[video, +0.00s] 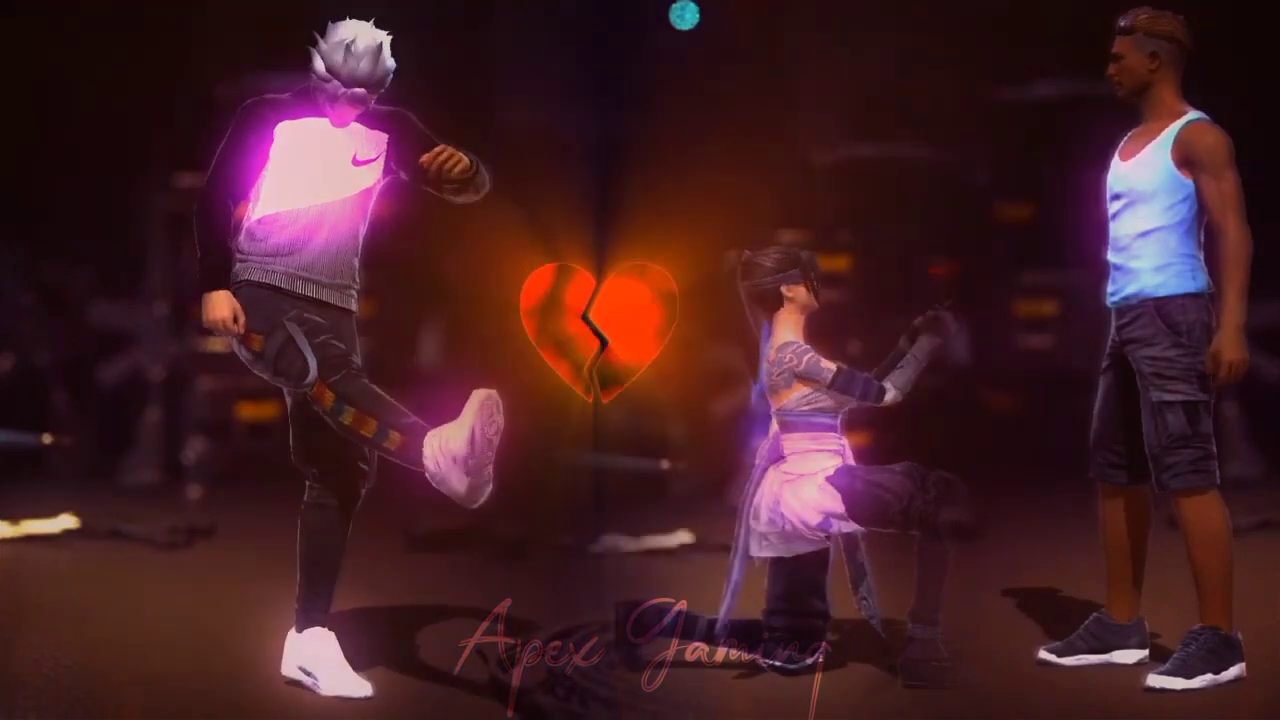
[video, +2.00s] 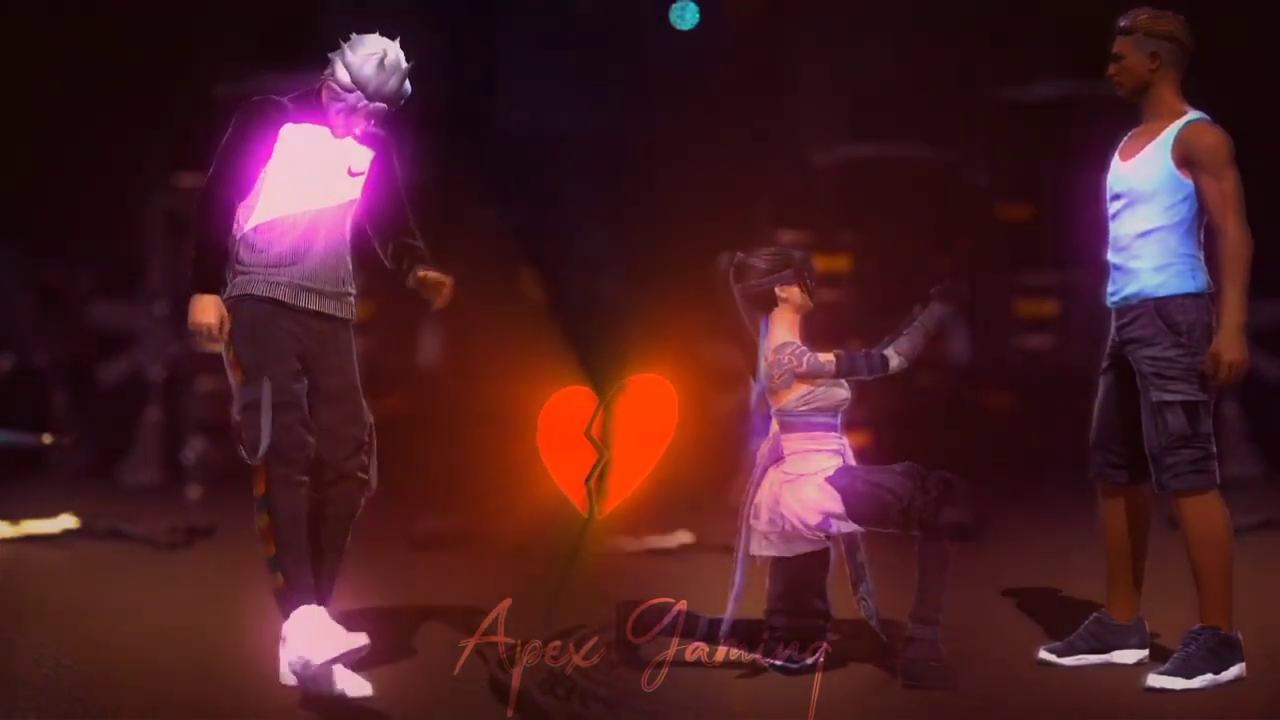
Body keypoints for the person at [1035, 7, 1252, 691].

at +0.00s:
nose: (1110, 68)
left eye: (1120, 58)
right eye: (1111, 58)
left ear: (1157, 62)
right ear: (1140, 65)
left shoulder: (1198, 135)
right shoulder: (1132, 141)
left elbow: (1233, 232)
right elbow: (1136, 240)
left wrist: (1231, 328)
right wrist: (1119, 320)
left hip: (1172, 320)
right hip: (1125, 322)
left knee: (1190, 476)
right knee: (1116, 470)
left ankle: (1216, 636)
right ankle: (1121, 623)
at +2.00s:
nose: (1111, 68)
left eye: (1120, 58)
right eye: (1111, 58)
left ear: (1158, 62)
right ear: (1140, 65)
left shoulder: (1199, 135)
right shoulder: (1131, 141)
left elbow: (1233, 233)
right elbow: (1135, 241)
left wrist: (1231, 328)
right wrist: (1119, 320)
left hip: (1172, 320)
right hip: (1125, 323)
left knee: (1189, 477)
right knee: (1115, 471)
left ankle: (1216, 637)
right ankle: (1121, 623)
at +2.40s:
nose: (1110, 68)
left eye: (1120, 58)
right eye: (1111, 58)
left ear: (1158, 63)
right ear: (1139, 66)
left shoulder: (1198, 135)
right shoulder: (1132, 141)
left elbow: (1234, 232)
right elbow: (1137, 240)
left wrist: (1232, 328)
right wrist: (1119, 320)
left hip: (1172, 321)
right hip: (1126, 323)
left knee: (1188, 478)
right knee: (1115, 471)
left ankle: (1216, 637)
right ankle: (1121, 622)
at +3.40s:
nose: (1112, 68)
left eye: (1122, 58)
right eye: (1113, 58)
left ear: (1160, 63)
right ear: (1141, 65)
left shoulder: (1200, 135)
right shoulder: (1133, 139)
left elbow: (1234, 235)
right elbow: (1136, 239)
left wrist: (1228, 328)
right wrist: (1118, 319)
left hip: (1172, 320)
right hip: (1125, 322)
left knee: (1190, 476)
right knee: (1116, 470)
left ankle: (1216, 636)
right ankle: (1121, 623)